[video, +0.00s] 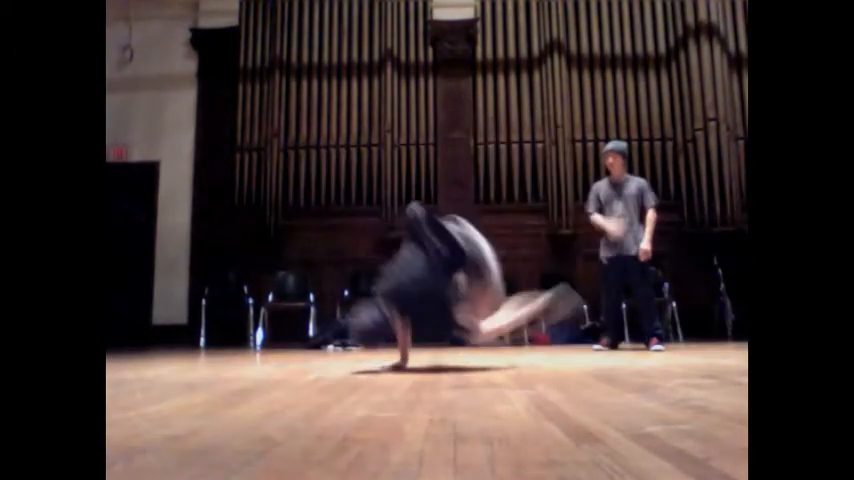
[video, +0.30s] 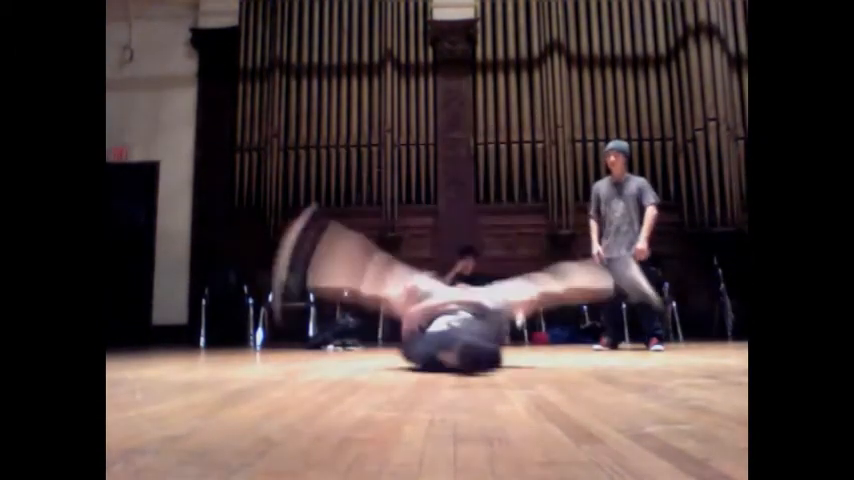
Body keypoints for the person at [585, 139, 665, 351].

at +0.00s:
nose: (610, 162)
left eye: (614, 158)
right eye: (607, 158)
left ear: (623, 160)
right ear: (605, 162)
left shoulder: (639, 184)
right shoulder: (598, 188)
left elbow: (651, 211)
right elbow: (592, 214)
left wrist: (647, 241)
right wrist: (608, 226)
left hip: (636, 250)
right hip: (611, 251)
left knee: (644, 296)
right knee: (610, 298)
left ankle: (653, 336)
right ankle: (609, 337)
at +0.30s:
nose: (612, 160)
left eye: (617, 156)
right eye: (609, 157)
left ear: (625, 159)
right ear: (606, 161)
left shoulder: (638, 184)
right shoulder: (599, 187)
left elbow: (651, 209)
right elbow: (593, 217)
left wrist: (643, 240)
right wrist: (595, 244)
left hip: (631, 250)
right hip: (607, 251)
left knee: (642, 294)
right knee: (608, 295)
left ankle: (653, 336)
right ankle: (609, 337)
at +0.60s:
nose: (612, 160)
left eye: (616, 156)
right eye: (609, 156)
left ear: (625, 158)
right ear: (606, 160)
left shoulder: (639, 184)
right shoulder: (599, 187)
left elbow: (650, 210)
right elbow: (595, 218)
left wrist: (641, 237)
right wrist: (597, 245)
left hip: (635, 253)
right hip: (610, 255)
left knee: (645, 298)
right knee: (609, 300)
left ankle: (653, 336)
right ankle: (609, 337)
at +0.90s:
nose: (611, 159)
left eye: (616, 155)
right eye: (609, 155)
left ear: (625, 158)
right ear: (606, 159)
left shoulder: (639, 184)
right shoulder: (599, 187)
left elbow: (649, 214)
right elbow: (595, 219)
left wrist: (651, 243)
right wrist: (595, 247)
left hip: (636, 251)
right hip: (610, 252)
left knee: (645, 297)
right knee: (609, 299)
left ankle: (653, 336)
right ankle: (609, 336)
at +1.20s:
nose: (612, 159)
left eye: (616, 155)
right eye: (609, 155)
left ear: (625, 158)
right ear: (606, 159)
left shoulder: (639, 185)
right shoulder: (598, 187)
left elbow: (650, 216)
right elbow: (594, 219)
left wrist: (655, 245)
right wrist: (592, 248)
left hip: (636, 250)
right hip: (610, 252)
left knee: (645, 297)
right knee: (610, 298)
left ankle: (653, 336)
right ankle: (609, 337)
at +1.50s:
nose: (611, 159)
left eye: (616, 155)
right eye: (609, 155)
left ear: (625, 157)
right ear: (606, 159)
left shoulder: (639, 185)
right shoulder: (598, 187)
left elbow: (648, 216)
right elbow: (594, 218)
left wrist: (651, 245)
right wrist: (595, 244)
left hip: (635, 250)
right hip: (610, 251)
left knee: (644, 296)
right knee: (610, 297)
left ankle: (653, 337)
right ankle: (609, 337)